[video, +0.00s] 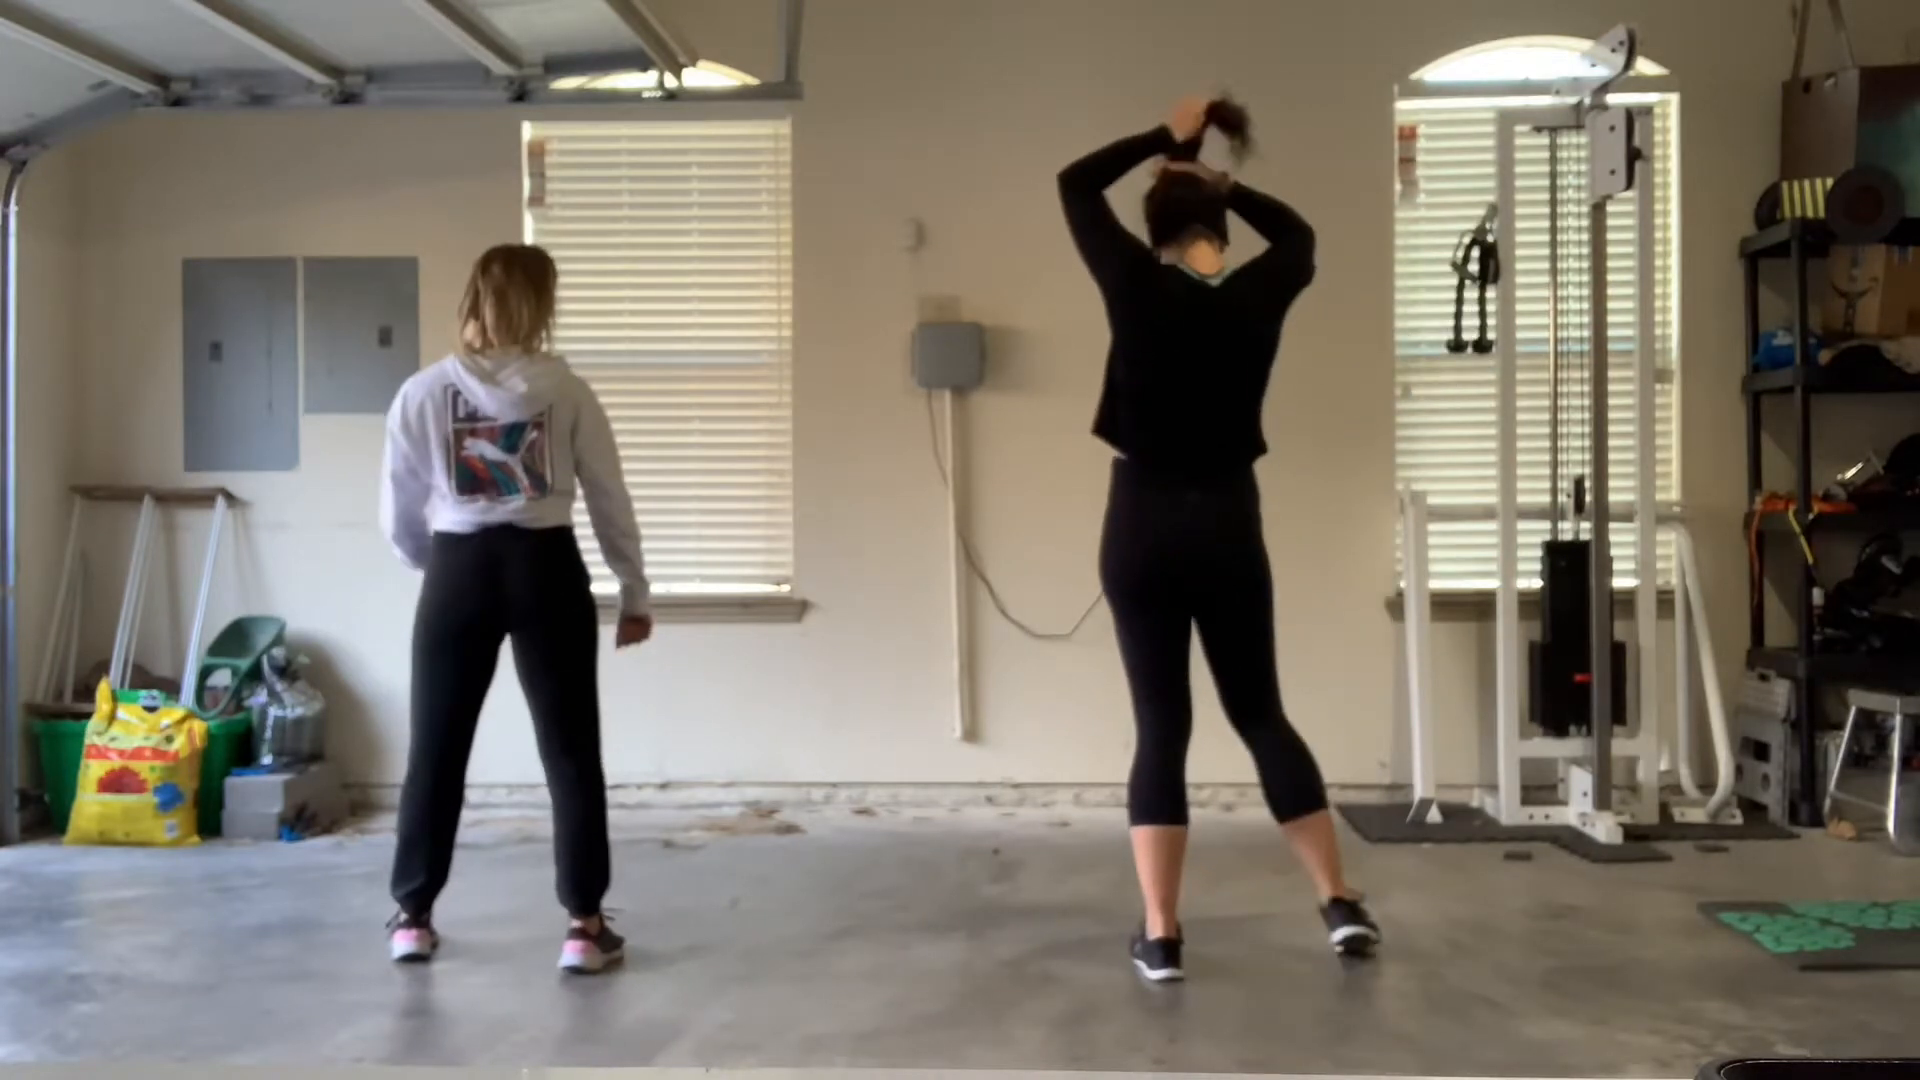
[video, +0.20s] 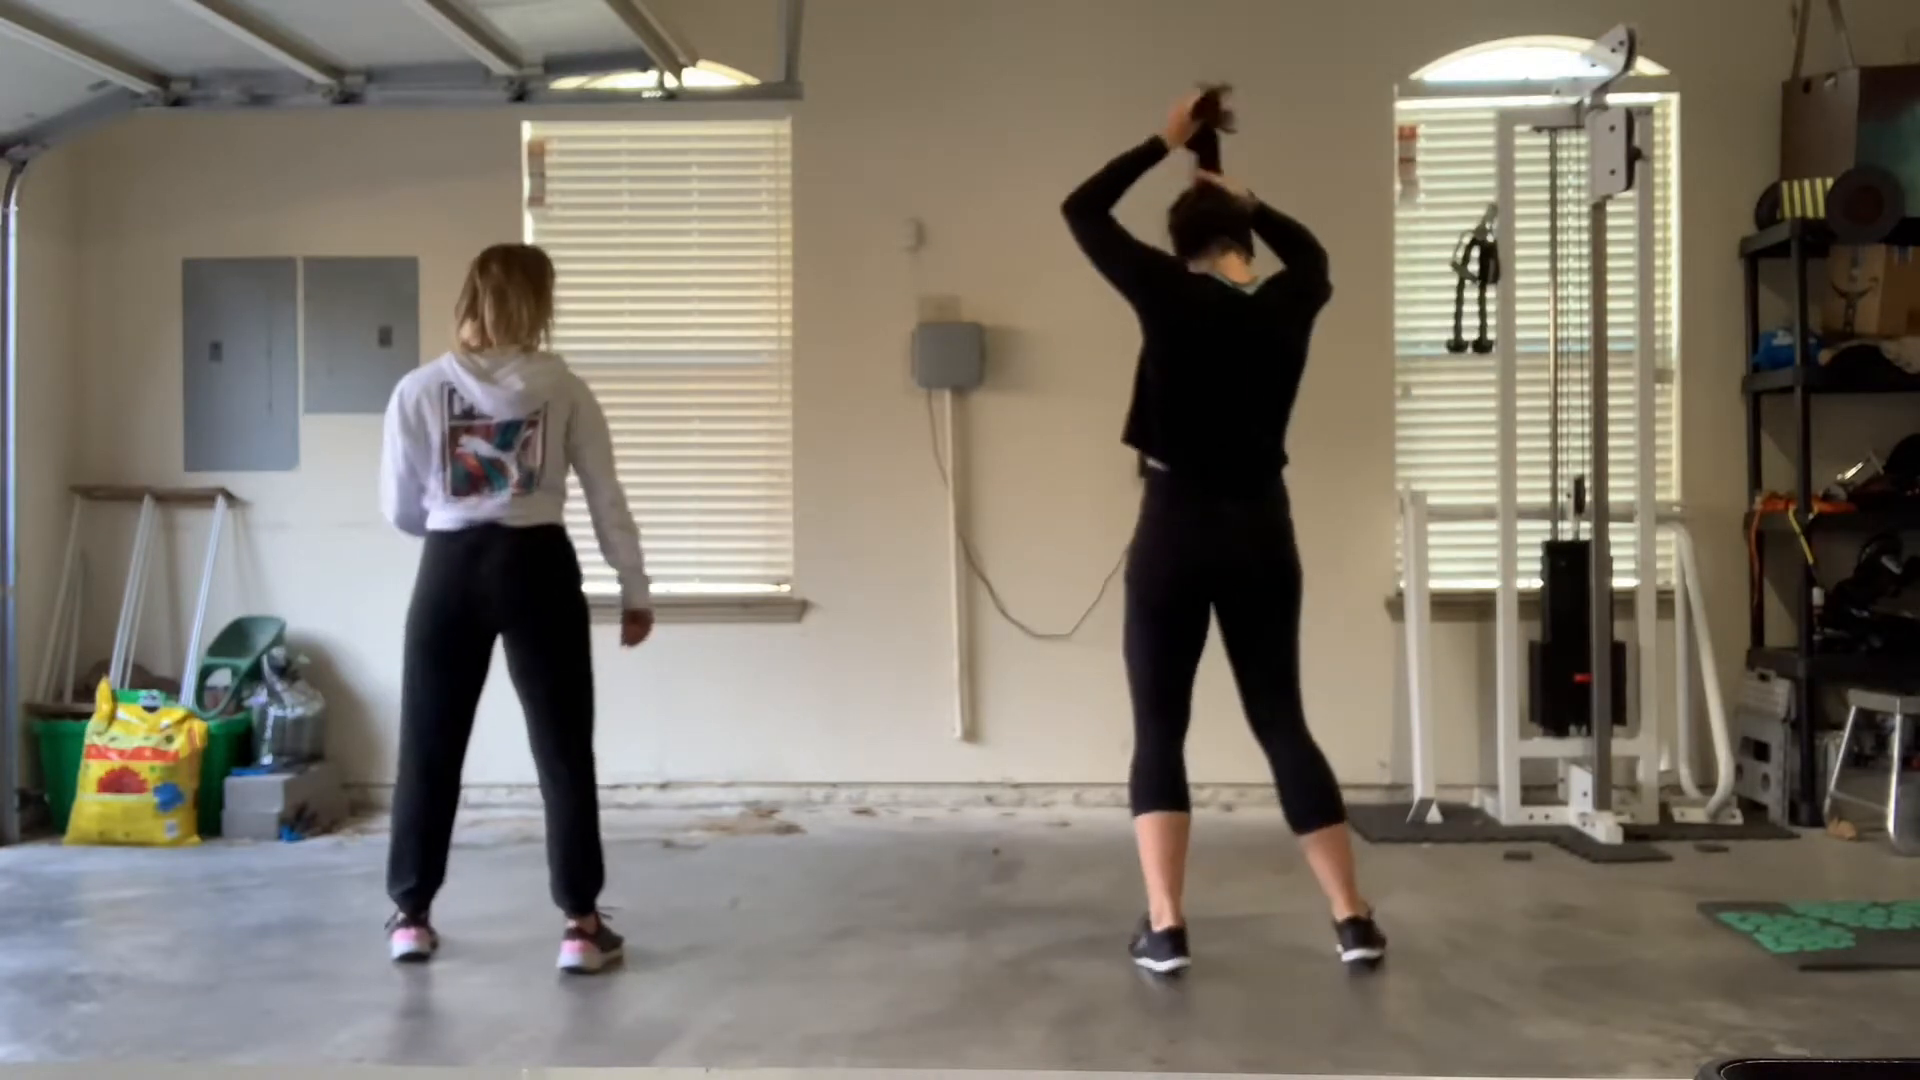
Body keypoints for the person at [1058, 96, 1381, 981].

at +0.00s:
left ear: (1153, 231)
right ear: (1222, 227)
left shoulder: (1135, 286)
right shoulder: (1260, 293)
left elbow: (1076, 185)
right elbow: (1299, 236)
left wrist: (1158, 137)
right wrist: (1226, 187)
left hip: (1139, 533)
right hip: (1229, 532)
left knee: (1160, 731)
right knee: (1262, 716)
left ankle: (1161, 937)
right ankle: (1338, 902)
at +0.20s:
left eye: (1187, 245)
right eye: (1236, 243)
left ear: (1178, 247)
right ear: (1250, 244)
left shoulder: (1165, 295)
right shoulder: (1287, 309)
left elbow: (1084, 209)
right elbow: (1310, 258)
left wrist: (1163, 140)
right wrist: (1253, 207)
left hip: (1172, 534)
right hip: (1262, 536)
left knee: (1159, 731)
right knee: (1282, 723)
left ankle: (1166, 927)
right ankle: (1351, 917)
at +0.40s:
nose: (1247, 248)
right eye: (1257, 235)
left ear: (1201, 234)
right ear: (1272, 236)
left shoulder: (1167, 300)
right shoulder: (1296, 302)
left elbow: (1059, 267)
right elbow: (1339, 250)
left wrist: (1130, 203)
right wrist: (1283, 195)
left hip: (1195, 532)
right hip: (1287, 529)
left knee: (1166, 725)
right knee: (1303, 716)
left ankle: (1185, 920)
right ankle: (1357, 916)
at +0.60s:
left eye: (1213, 223)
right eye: (1247, 222)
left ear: (1196, 235)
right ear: (1268, 235)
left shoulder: (1152, 307)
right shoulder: (1289, 302)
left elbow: (1055, 258)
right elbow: (1338, 234)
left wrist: (1149, 243)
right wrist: (1284, 177)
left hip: (1185, 534)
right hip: (1279, 528)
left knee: (1179, 726)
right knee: (1317, 716)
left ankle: (1134, 916)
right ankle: (1344, 915)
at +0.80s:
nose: (1232, 264)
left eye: (1213, 252)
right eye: (1243, 251)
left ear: (1184, 255)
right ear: (1257, 257)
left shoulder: (1149, 307)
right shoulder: (1281, 311)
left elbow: (1062, 229)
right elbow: (1327, 233)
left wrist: (1153, 200)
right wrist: (1263, 177)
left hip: (1173, 546)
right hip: (1265, 544)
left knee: (1162, 735)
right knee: (1317, 724)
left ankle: (1131, 929)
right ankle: (1329, 921)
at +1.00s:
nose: (1226, 260)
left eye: (1202, 249)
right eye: (1242, 249)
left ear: (1187, 252)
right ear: (1259, 248)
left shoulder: (1168, 297)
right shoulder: (1292, 304)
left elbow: (1089, 205)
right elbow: (1331, 207)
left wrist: (1172, 177)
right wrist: (1260, 153)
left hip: (1183, 532)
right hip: (1273, 533)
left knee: (1141, 726)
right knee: (1307, 721)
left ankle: (1131, 926)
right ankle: (1363, 916)